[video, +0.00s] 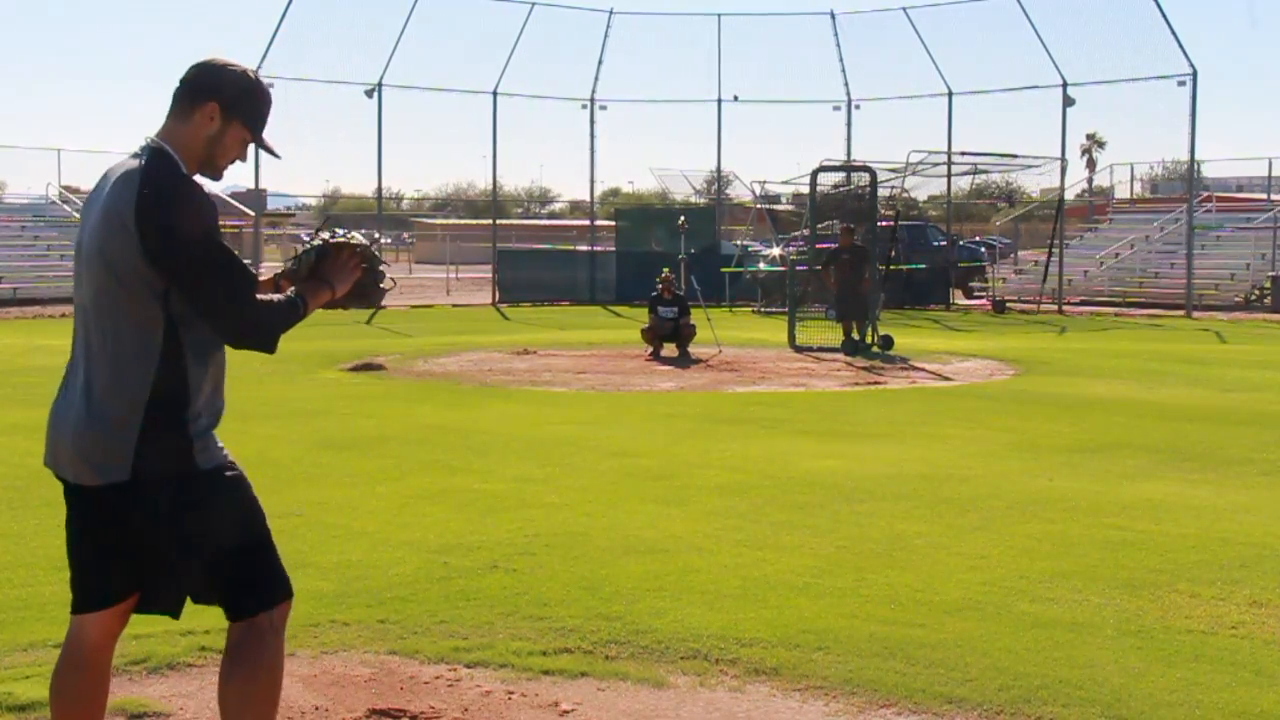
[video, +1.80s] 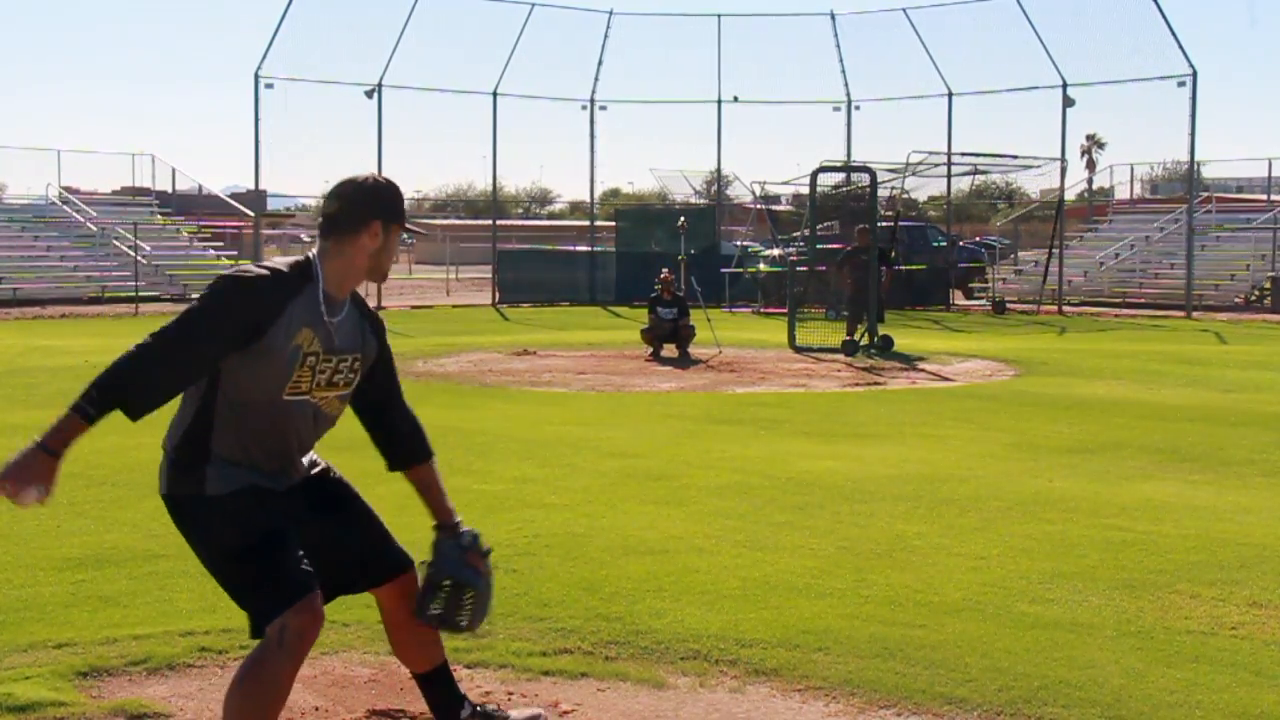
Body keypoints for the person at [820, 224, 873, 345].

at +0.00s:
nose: (845, 239)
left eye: (848, 236)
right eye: (843, 236)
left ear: (853, 237)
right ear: (840, 237)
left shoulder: (862, 251)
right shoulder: (835, 252)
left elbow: (870, 268)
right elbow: (824, 268)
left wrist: (868, 281)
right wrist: (830, 283)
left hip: (859, 286)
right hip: (842, 287)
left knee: (861, 316)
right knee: (845, 316)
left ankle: (862, 339)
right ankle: (847, 340)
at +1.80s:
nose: (863, 238)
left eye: (866, 235)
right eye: (861, 235)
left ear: (870, 236)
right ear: (856, 237)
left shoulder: (877, 251)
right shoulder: (851, 252)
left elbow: (889, 266)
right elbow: (839, 267)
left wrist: (886, 282)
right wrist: (845, 281)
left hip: (873, 287)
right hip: (856, 287)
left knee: (873, 317)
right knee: (853, 316)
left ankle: (872, 343)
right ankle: (849, 340)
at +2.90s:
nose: (866, 239)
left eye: (868, 236)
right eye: (863, 236)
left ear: (874, 236)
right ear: (860, 238)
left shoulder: (883, 252)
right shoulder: (855, 252)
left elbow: (894, 267)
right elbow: (843, 267)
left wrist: (889, 284)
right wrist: (850, 281)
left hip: (877, 289)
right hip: (860, 288)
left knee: (874, 316)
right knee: (856, 316)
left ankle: (872, 341)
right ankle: (852, 340)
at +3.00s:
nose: (865, 239)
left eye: (868, 236)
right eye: (863, 236)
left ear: (873, 237)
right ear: (860, 237)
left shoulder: (883, 252)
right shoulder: (855, 252)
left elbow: (894, 268)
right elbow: (843, 268)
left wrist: (888, 284)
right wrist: (850, 281)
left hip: (877, 289)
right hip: (860, 288)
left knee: (874, 316)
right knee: (856, 316)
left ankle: (872, 341)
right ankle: (852, 340)